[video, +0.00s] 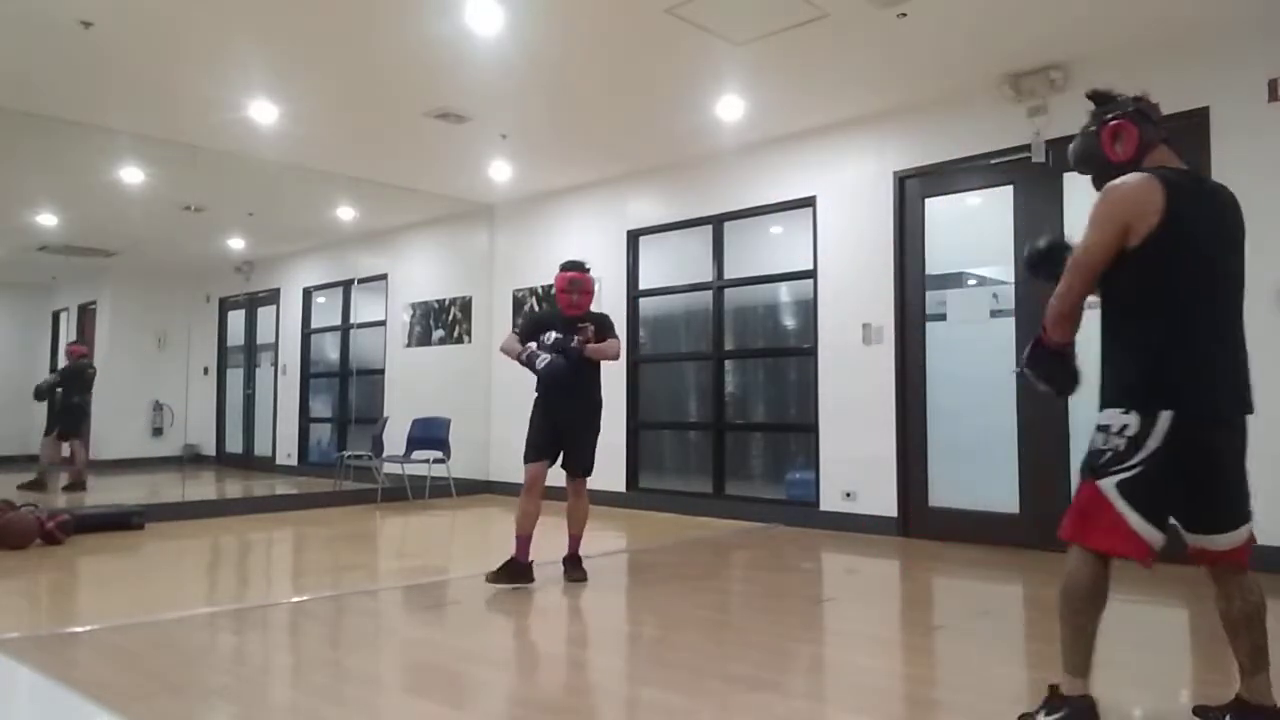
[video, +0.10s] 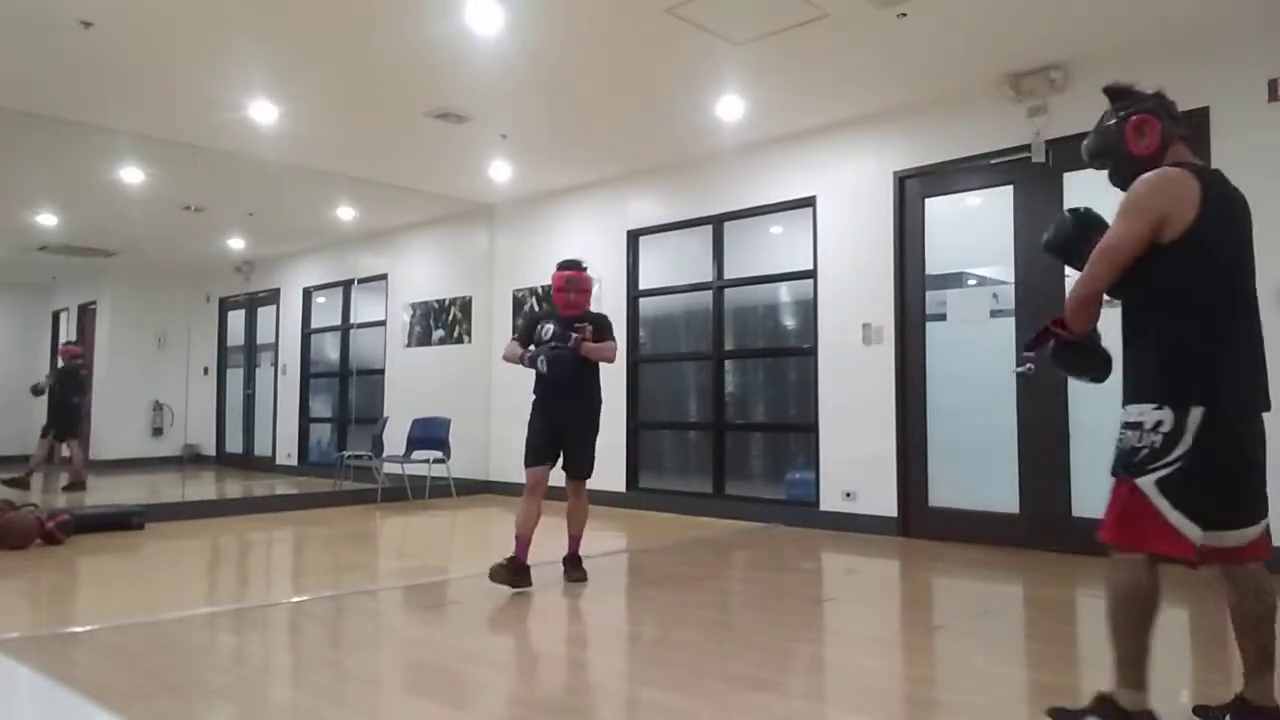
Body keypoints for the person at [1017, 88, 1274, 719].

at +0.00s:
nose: (1098, 176)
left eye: (1098, 163)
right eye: (1095, 166)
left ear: (1121, 137)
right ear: (1155, 136)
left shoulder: (1127, 195)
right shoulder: (1222, 201)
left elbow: (1066, 299)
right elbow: (1168, 281)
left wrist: (1054, 352)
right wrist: (1076, 265)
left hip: (1146, 403)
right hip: (1221, 404)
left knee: (1087, 542)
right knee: (1229, 557)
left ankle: (1073, 695)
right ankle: (1258, 699)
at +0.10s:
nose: (1114, 174)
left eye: (1114, 158)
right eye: (1109, 163)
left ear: (1145, 134)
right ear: (1169, 135)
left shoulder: (1157, 189)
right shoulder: (1224, 194)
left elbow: (1086, 294)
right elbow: (1177, 280)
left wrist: (1077, 340)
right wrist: (1106, 245)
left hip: (1172, 400)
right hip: (1236, 399)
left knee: (1127, 543)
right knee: (1242, 552)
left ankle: (1128, 697)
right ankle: (1261, 697)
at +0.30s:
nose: (1138, 164)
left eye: (1143, 145)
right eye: (1132, 151)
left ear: (1182, 126)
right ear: (1188, 130)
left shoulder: (1204, 185)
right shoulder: (1228, 190)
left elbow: (1106, 266)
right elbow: (1189, 283)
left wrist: (1101, 306)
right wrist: (1113, 280)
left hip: (1209, 407)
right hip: (1221, 404)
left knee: (1219, 556)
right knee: (1230, 552)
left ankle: (1264, 699)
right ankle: (1262, 693)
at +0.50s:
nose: (1153, 153)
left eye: (1163, 134)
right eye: (1150, 139)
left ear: (1208, 126)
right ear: (1205, 132)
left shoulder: (1236, 189)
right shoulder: (1215, 197)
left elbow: (1135, 276)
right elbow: (1171, 285)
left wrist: (1101, 293)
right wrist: (1081, 275)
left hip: (1222, 404)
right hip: (1209, 402)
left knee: (1230, 554)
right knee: (1231, 553)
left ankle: (1262, 696)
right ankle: (1259, 693)